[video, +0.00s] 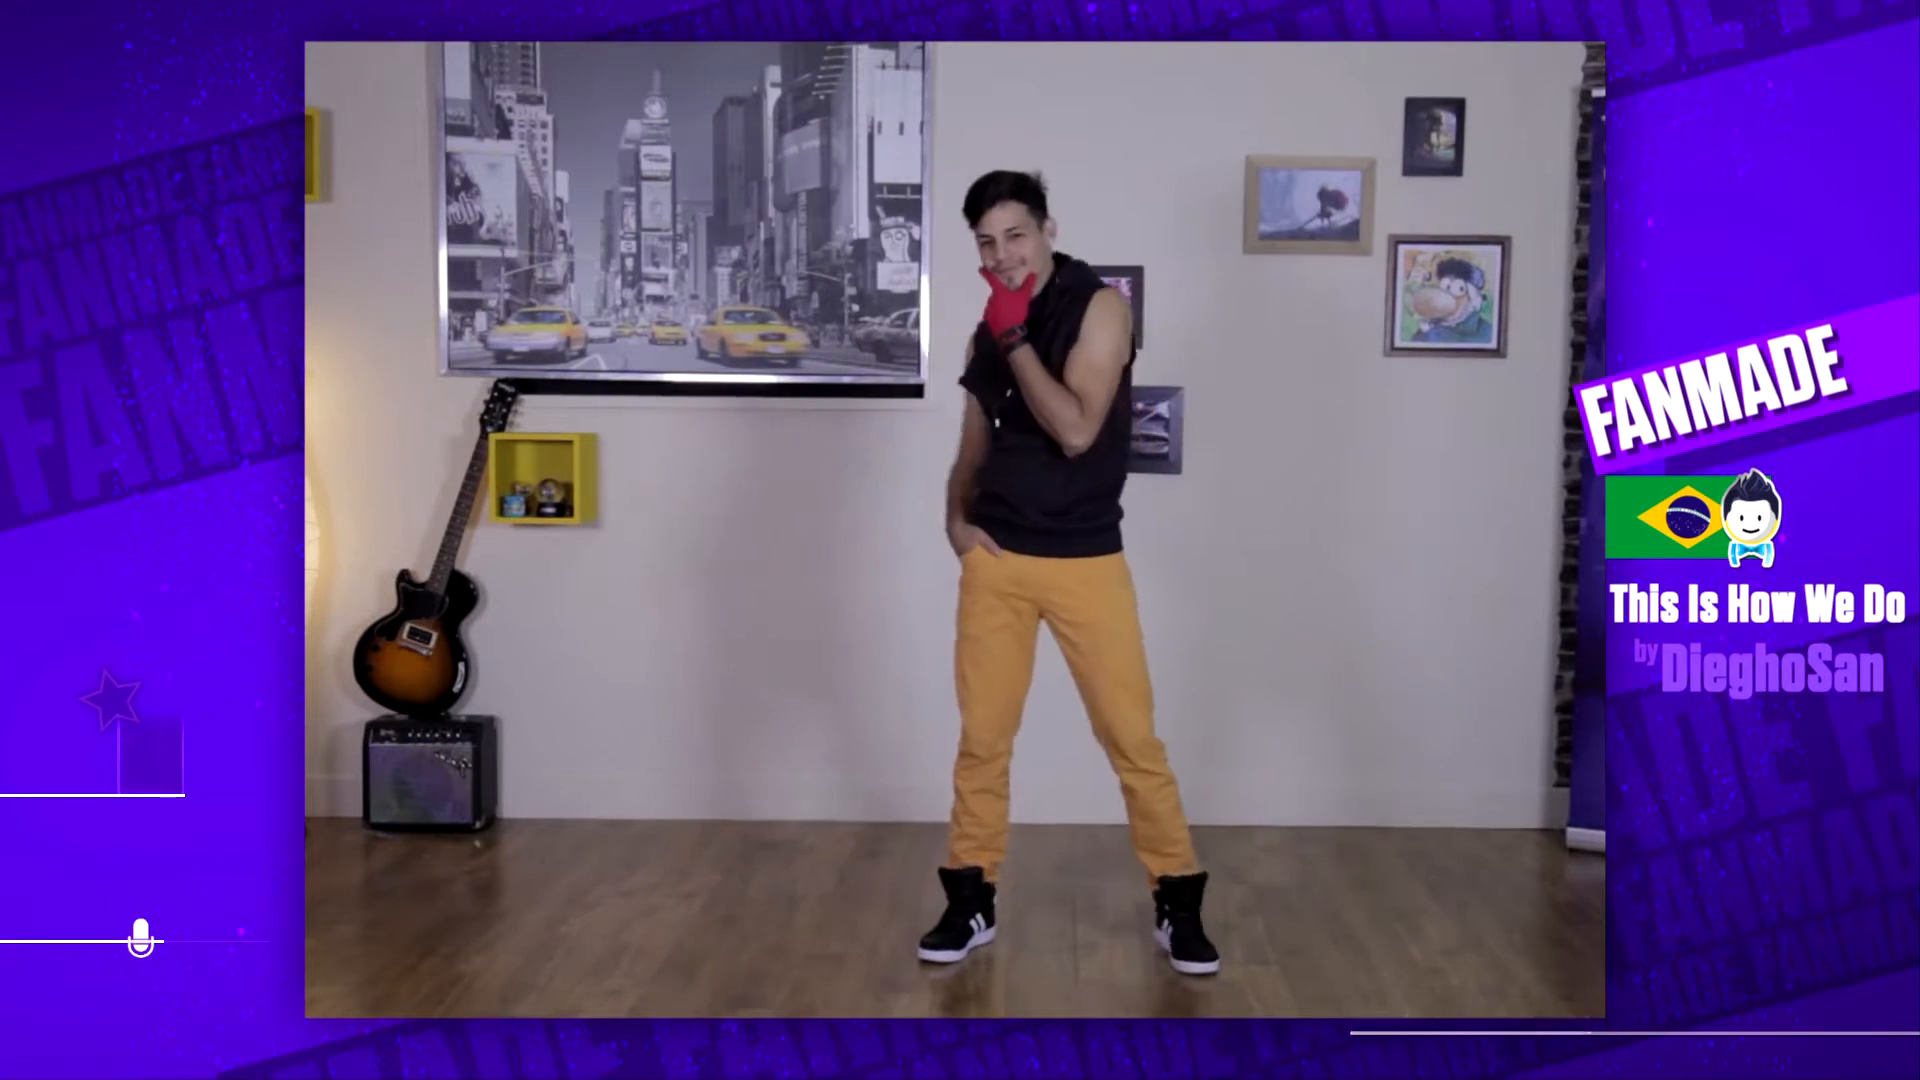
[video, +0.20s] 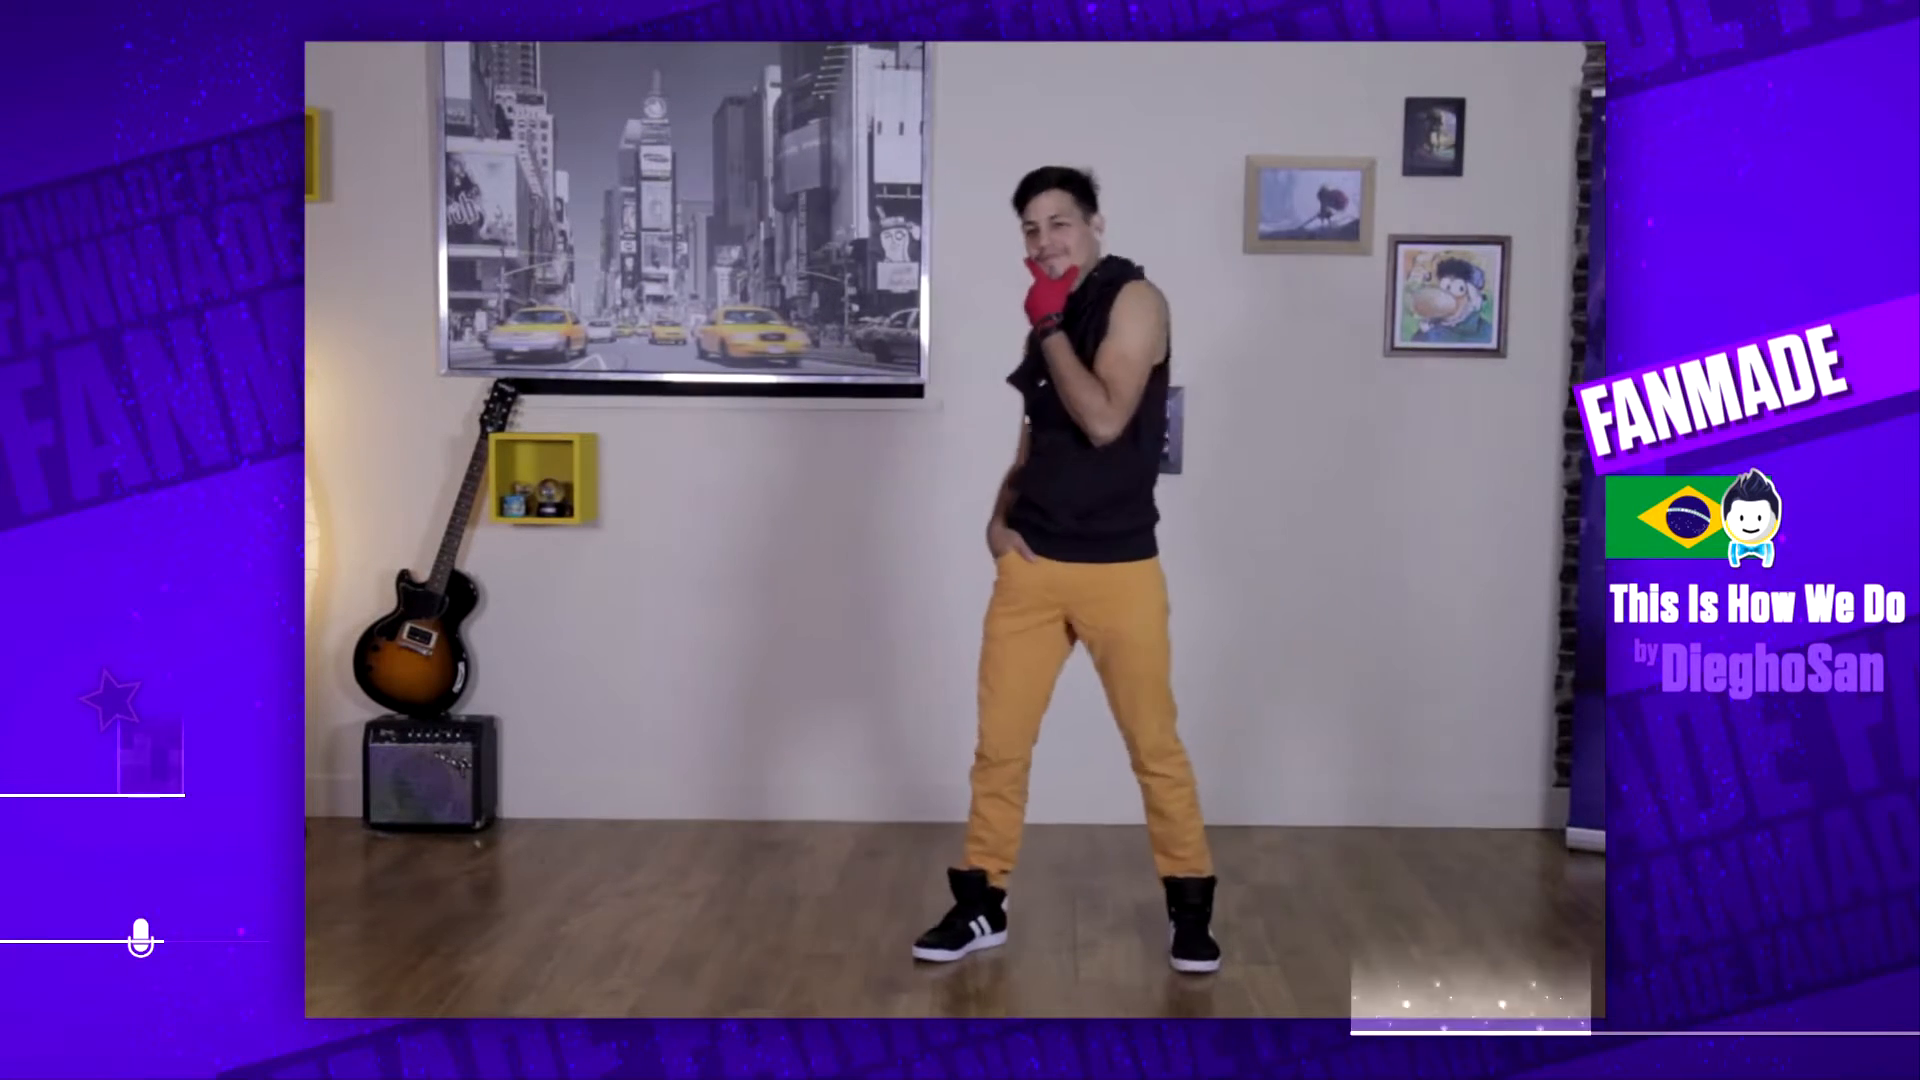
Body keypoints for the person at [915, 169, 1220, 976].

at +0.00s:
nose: (1002, 254)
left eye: (1015, 237)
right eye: (988, 243)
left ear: (1048, 232)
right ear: (978, 249)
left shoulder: (1103, 309)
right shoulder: (992, 335)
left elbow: (1078, 428)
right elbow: (974, 444)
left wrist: (1013, 340)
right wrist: (957, 515)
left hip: (1087, 565)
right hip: (995, 559)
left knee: (1132, 741)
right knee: (981, 739)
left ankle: (1179, 903)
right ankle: (969, 901)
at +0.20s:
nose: (1045, 240)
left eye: (1058, 224)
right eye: (1032, 231)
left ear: (1095, 225)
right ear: (1025, 242)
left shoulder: (1135, 303)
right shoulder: (1045, 317)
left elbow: (1107, 419)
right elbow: (1037, 432)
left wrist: (1049, 328)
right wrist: (1001, 511)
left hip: (1119, 574)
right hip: (1030, 568)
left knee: (1154, 747)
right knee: (998, 748)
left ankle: (1189, 908)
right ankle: (980, 904)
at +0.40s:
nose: (1076, 253)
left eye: (1091, 238)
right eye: (1067, 240)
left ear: (1136, 232)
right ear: (1060, 241)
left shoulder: (1182, 318)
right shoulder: (1058, 326)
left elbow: (1155, 429)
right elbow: (1036, 439)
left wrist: (1090, 342)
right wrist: (1016, 519)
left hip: (1144, 571)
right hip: (1050, 566)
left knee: (1166, 746)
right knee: (1015, 741)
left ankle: (1190, 908)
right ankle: (982, 902)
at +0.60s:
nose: (1089, 267)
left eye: (1107, 253)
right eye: (1082, 250)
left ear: (1152, 253)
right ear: (1073, 245)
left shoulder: (1180, 336)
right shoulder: (1039, 319)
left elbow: (1169, 446)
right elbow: (983, 439)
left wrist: (1105, 356)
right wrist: (1008, 534)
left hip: (1144, 570)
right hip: (1049, 566)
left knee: (1163, 742)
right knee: (1007, 742)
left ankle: (1190, 907)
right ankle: (978, 903)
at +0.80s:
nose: (1066, 248)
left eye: (1084, 236)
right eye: (1061, 232)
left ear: (1128, 244)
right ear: (1053, 232)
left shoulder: (1141, 338)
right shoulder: (1012, 307)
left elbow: (1144, 447)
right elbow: (950, 427)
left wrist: (1092, 352)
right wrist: (989, 538)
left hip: (1116, 567)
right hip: (1023, 566)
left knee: (1147, 740)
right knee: (991, 742)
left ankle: (1171, 907)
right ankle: (963, 903)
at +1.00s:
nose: (1034, 242)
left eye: (1051, 229)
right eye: (1025, 228)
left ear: (1087, 238)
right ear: (1016, 233)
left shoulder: (1111, 332)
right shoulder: (974, 317)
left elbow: (1119, 453)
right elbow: (914, 440)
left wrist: (1068, 358)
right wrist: (960, 540)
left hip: (1092, 569)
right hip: (998, 568)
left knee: (1127, 742)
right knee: (981, 744)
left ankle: (1167, 905)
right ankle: (962, 903)